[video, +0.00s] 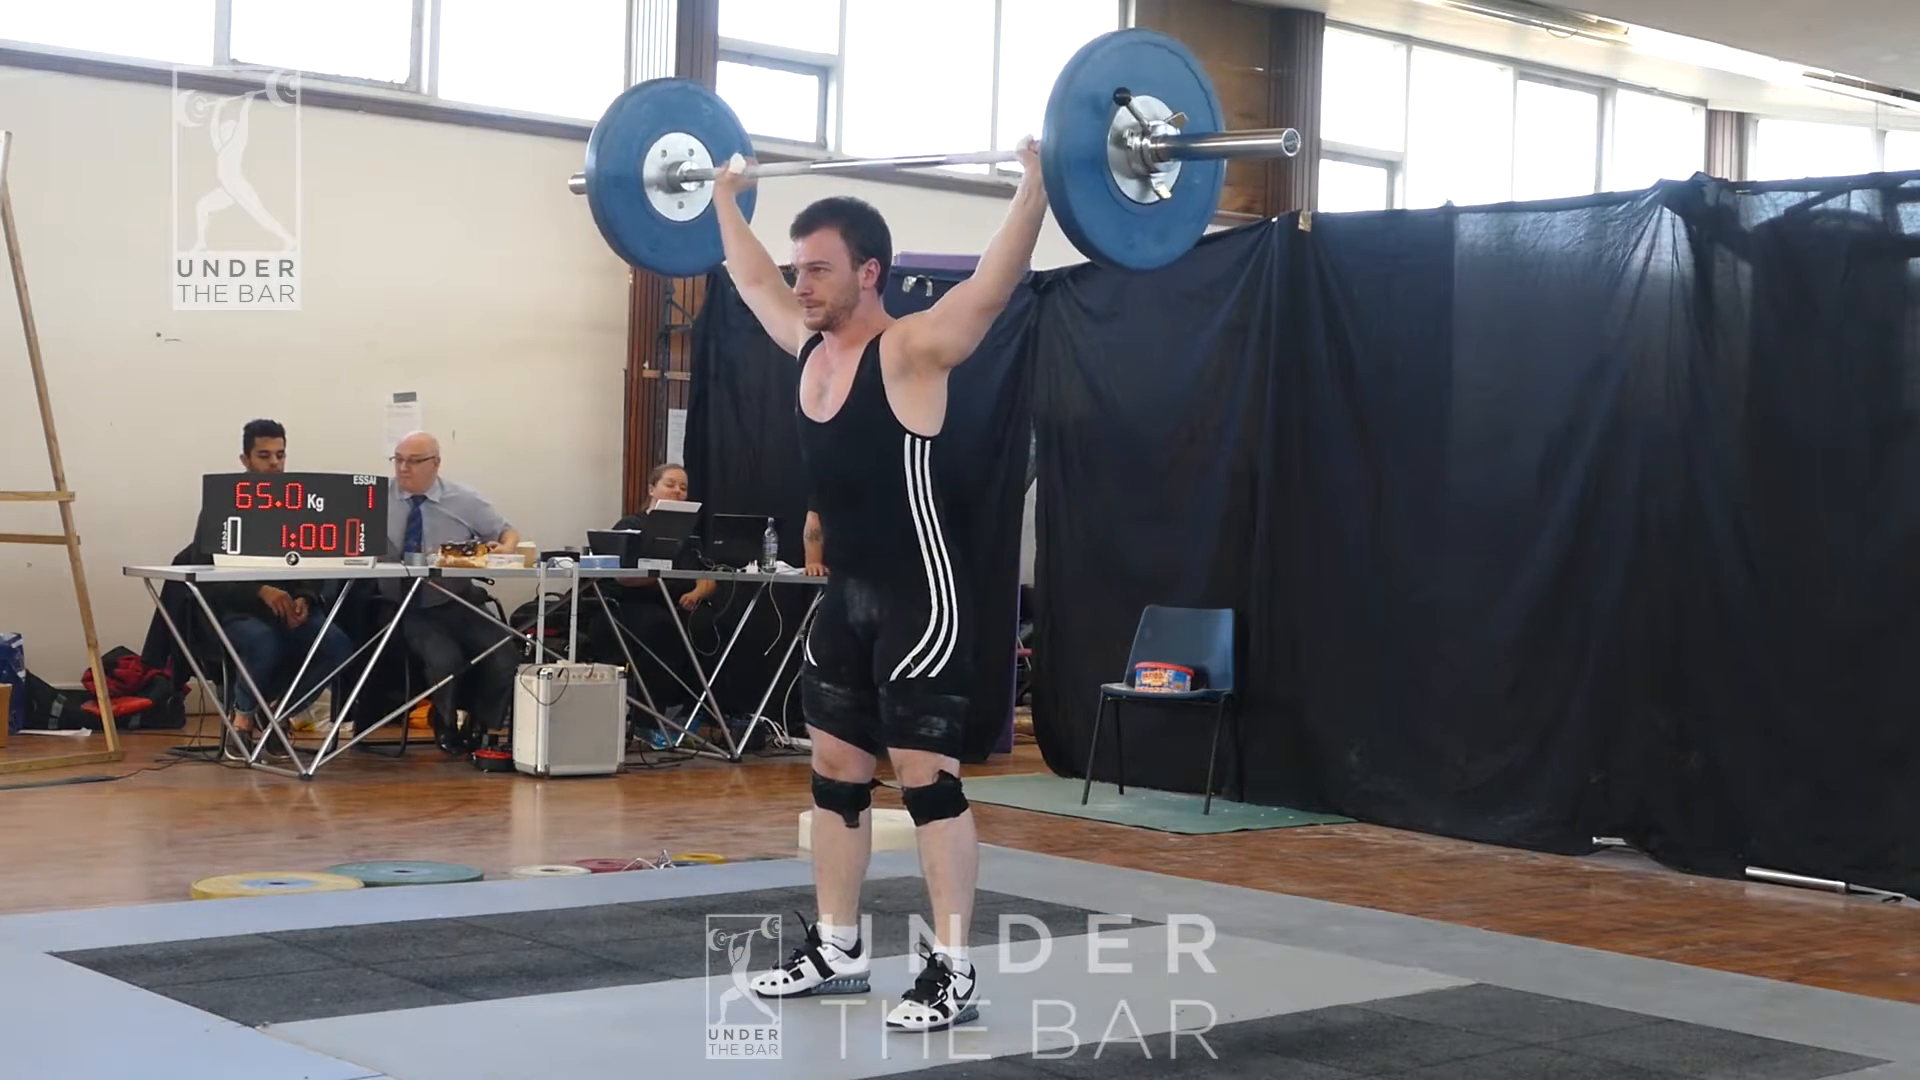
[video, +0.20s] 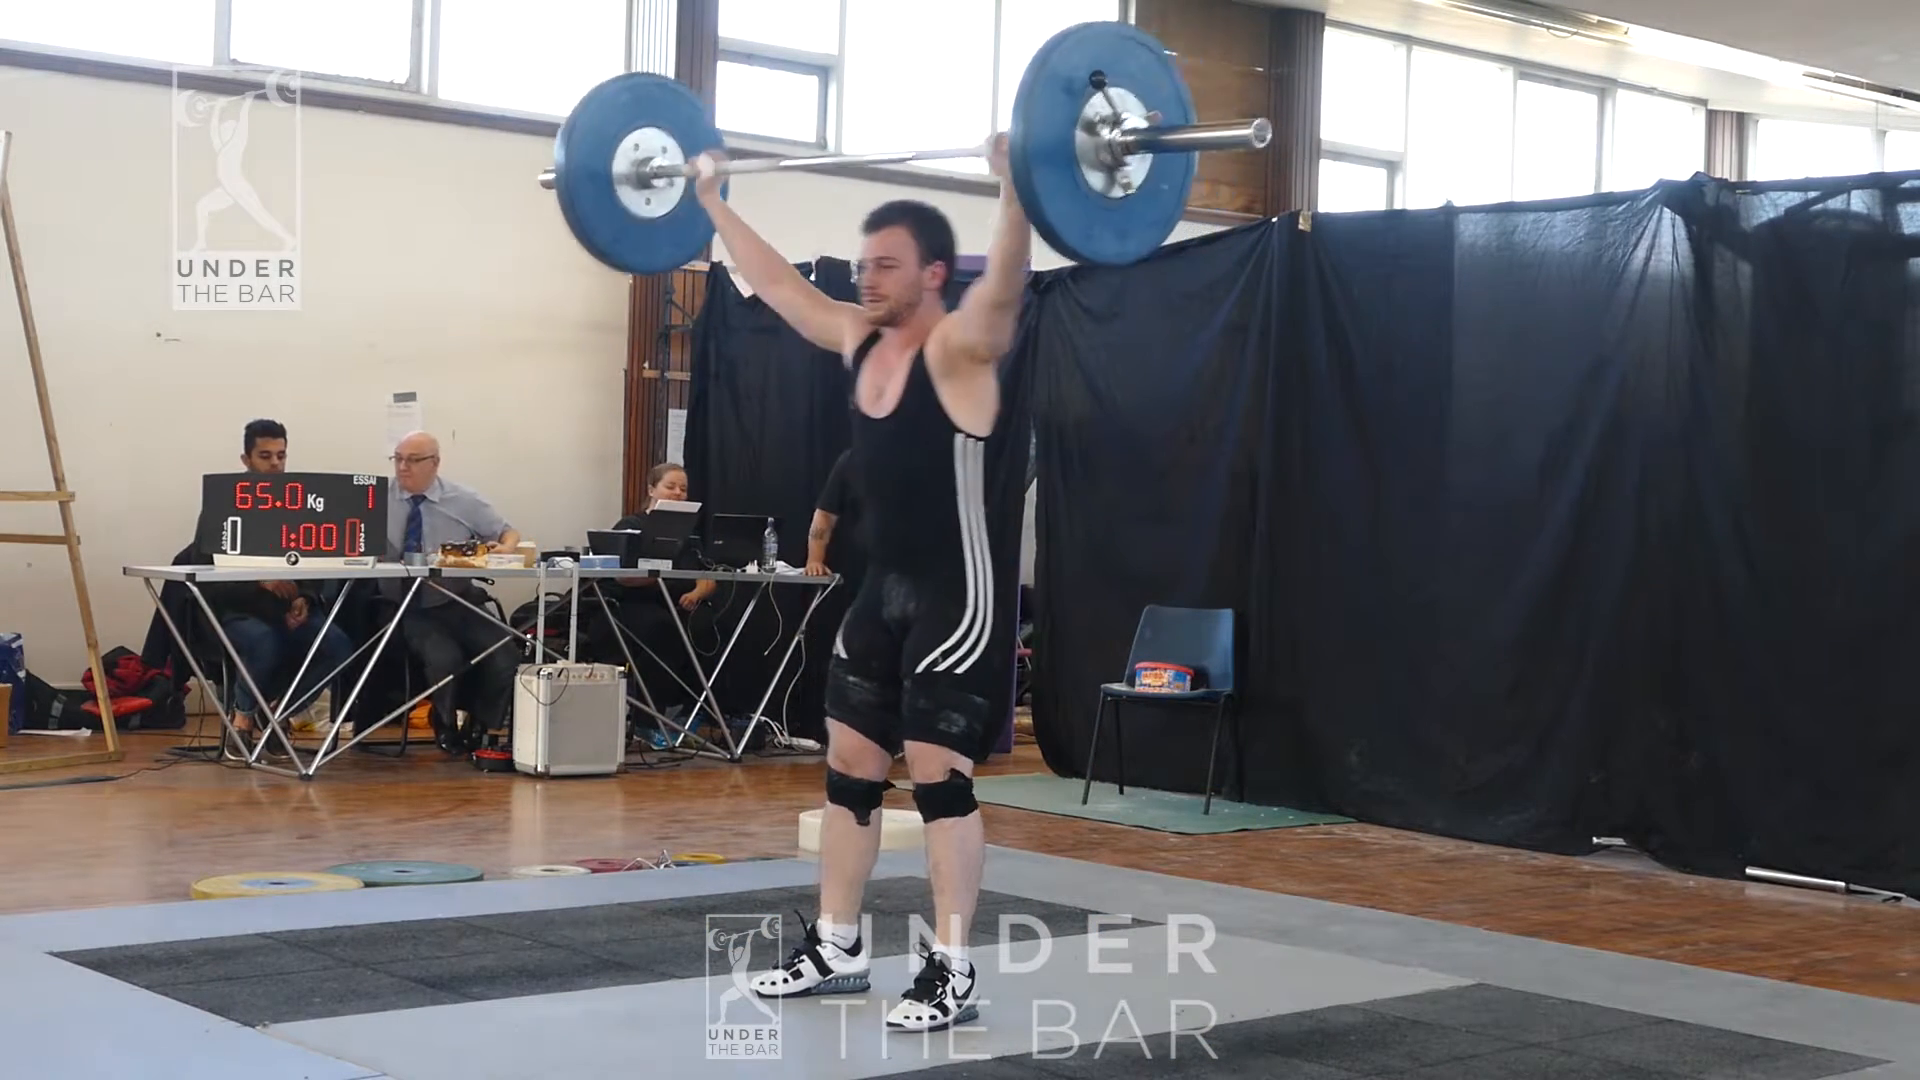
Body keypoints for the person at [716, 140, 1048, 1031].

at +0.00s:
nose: (802, 284)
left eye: (817, 270)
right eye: (799, 271)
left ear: (871, 273)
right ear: (804, 280)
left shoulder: (913, 346)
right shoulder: (811, 346)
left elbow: (991, 286)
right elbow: (758, 282)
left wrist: (1032, 188)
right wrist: (724, 199)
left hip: (925, 595)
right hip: (847, 594)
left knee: (924, 771)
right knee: (836, 765)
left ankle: (950, 971)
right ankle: (837, 952)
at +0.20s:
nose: (869, 278)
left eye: (887, 264)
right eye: (866, 266)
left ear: (936, 272)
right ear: (865, 276)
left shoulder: (961, 345)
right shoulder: (860, 340)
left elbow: (1004, 285)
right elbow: (777, 283)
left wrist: (1015, 189)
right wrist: (712, 200)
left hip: (957, 599)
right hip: (874, 594)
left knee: (936, 770)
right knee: (851, 763)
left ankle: (951, 970)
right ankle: (835, 950)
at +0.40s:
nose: (945, 284)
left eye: (963, 270)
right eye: (940, 271)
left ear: (1008, 281)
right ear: (935, 282)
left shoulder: (1022, 363)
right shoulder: (922, 368)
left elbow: (1066, 352)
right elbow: (811, 377)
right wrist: (701, 344)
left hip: (998, 609)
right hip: (923, 600)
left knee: (965, 767)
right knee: (867, 752)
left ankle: (954, 968)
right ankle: (882, 933)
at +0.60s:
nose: (968, 298)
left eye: (986, 285)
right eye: (965, 286)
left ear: (1033, 299)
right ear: (967, 297)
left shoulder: (1058, 402)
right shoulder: (952, 396)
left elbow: (1094, 517)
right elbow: (906, 508)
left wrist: (1084, 624)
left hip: (1013, 633)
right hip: (937, 624)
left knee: (975, 789)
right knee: (913, 784)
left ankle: (957, 962)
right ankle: (1004, 909)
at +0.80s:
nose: (981, 298)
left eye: (998, 285)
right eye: (978, 285)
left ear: (1044, 295)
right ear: (980, 295)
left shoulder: (1084, 393)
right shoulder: (970, 394)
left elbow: (1135, 498)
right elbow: (958, 512)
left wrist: (1149, 610)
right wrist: (944, 614)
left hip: (1056, 620)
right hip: (981, 612)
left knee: (972, 757)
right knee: (972, 763)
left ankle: (992, 938)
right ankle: (1010, 920)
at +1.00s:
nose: (1002, 313)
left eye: (1016, 299)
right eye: (996, 300)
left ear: (1061, 296)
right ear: (995, 303)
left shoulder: (1106, 380)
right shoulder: (998, 390)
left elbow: (1185, 468)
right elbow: (996, 496)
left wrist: (1168, 583)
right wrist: (1002, 578)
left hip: (1095, 606)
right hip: (1017, 603)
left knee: (1081, 761)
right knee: (1003, 756)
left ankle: (1127, 923)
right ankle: (1005, 927)